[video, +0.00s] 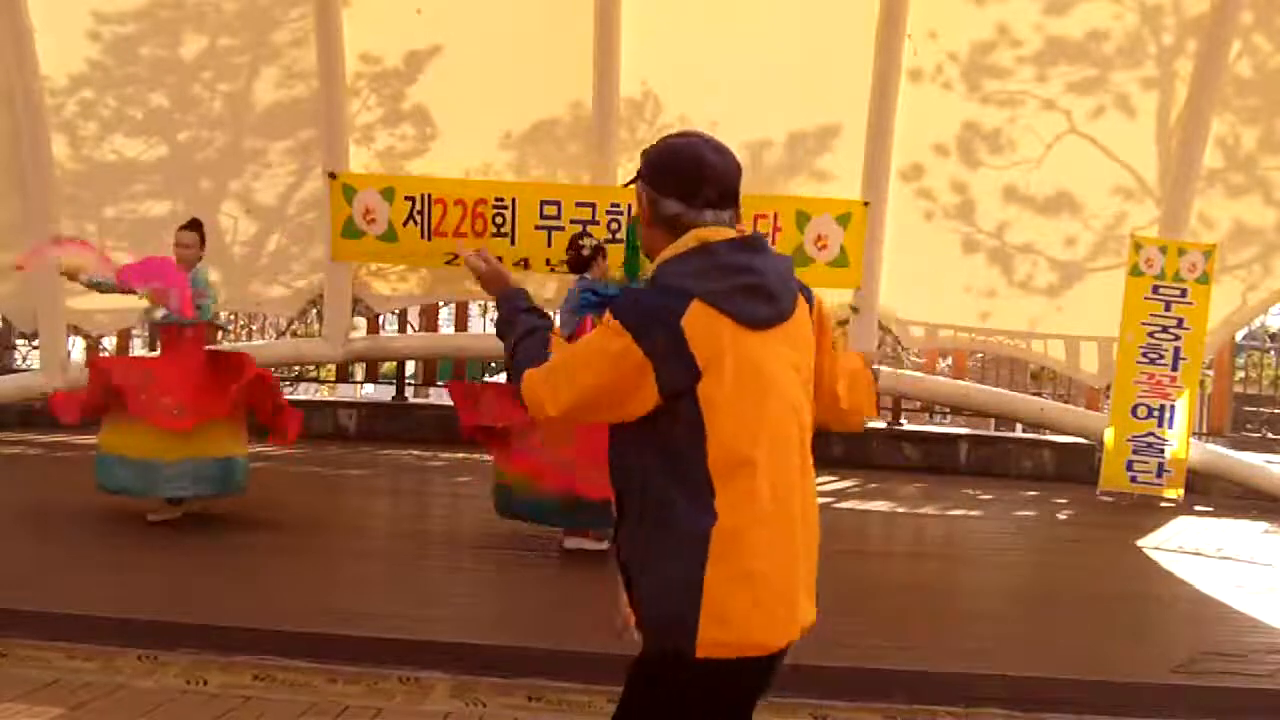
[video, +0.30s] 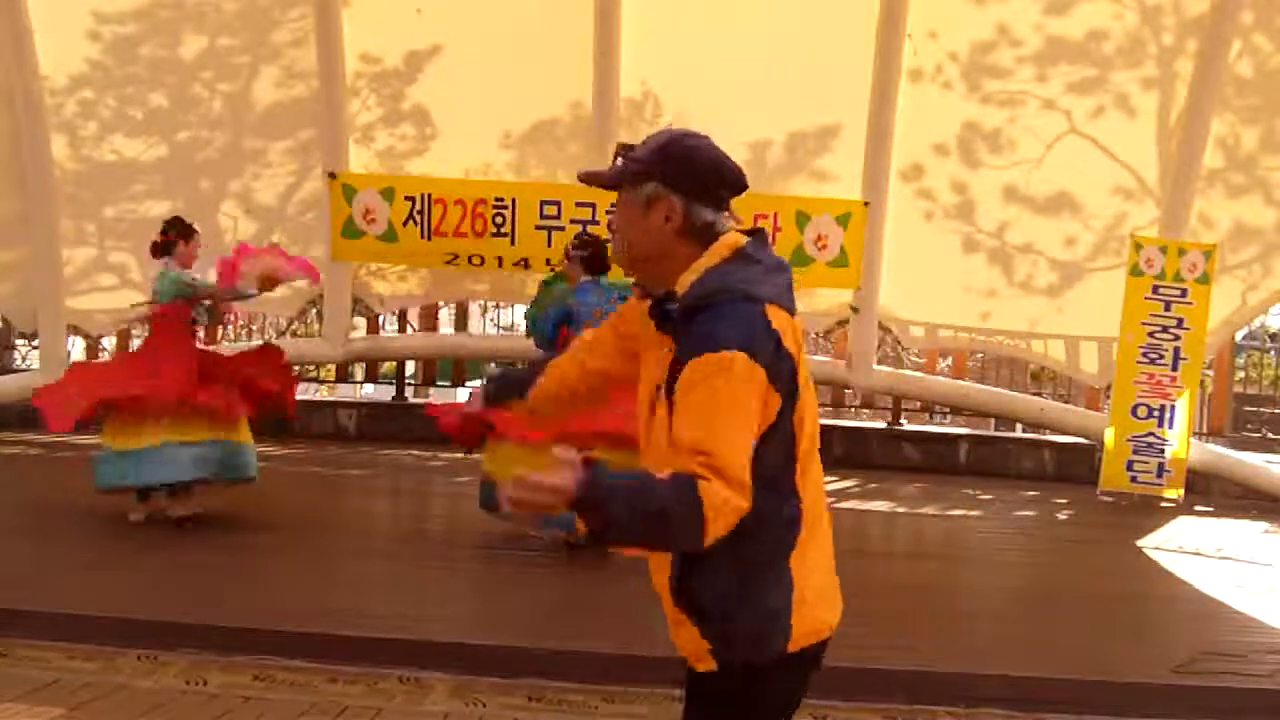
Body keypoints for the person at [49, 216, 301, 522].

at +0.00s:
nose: (180, 251)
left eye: (187, 246)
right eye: (177, 245)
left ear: (201, 250)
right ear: (173, 247)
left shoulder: (202, 279)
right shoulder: (167, 278)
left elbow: (210, 323)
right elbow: (126, 284)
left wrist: (166, 307)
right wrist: (83, 278)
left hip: (194, 360)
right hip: (168, 359)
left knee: (184, 424)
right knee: (172, 424)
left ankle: (176, 499)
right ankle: (183, 494)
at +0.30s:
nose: (198, 251)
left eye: (197, 245)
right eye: (195, 245)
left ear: (174, 245)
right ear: (181, 245)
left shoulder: (167, 279)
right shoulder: (175, 279)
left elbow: (211, 312)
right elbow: (215, 292)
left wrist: (233, 289)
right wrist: (256, 287)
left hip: (157, 356)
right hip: (173, 357)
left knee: (147, 422)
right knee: (182, 422)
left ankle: (142, 501)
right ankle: (177, 499)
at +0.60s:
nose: (178, 246)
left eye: (181, 240)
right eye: (180, 240)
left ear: (187, 244)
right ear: (208, 246)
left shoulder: (180, 280)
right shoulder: (218, 281)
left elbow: (147, 309)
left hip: (181, 359)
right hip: (213, 358)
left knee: (172, 422)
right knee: (210, 423)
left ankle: (174, 497)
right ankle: (212, 498)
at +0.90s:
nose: (191, 258)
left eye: (196, 252)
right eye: (192, 252)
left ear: (214, 255)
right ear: (207, 255)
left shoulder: (216, 287)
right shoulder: (202, 288)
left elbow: (199, 323)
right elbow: (185, 318)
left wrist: (170, 325)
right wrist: (163, 311)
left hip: (217, 359)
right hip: (206, 357)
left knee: (204, 419)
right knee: (211, 419)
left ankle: (198, 492)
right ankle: (215, 491)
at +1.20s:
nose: (202, 255)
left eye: (209, 248)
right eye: (199, 248)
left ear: (226, 251)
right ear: (196, 251)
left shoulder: (232, 285)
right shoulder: (190, 285)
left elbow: (241, 320)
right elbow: (177, 319)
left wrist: (211, 325)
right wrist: (182, 330)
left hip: (226, 362)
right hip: (193, 361)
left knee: (223, 426)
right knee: (196, 427)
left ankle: (219, 493)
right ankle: (194, 496)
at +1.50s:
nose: (216, 240)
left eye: (223, 235)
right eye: (212, 233)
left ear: (235, 243)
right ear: (205, 236)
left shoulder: (238, 277)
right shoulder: (196, 269)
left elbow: (238, 300)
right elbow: (170, 299)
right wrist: (184, 299)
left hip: (230, 355)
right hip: (194, 353)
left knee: (225, 421)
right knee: (191, 420)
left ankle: (220, 491)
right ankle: (194, 494)